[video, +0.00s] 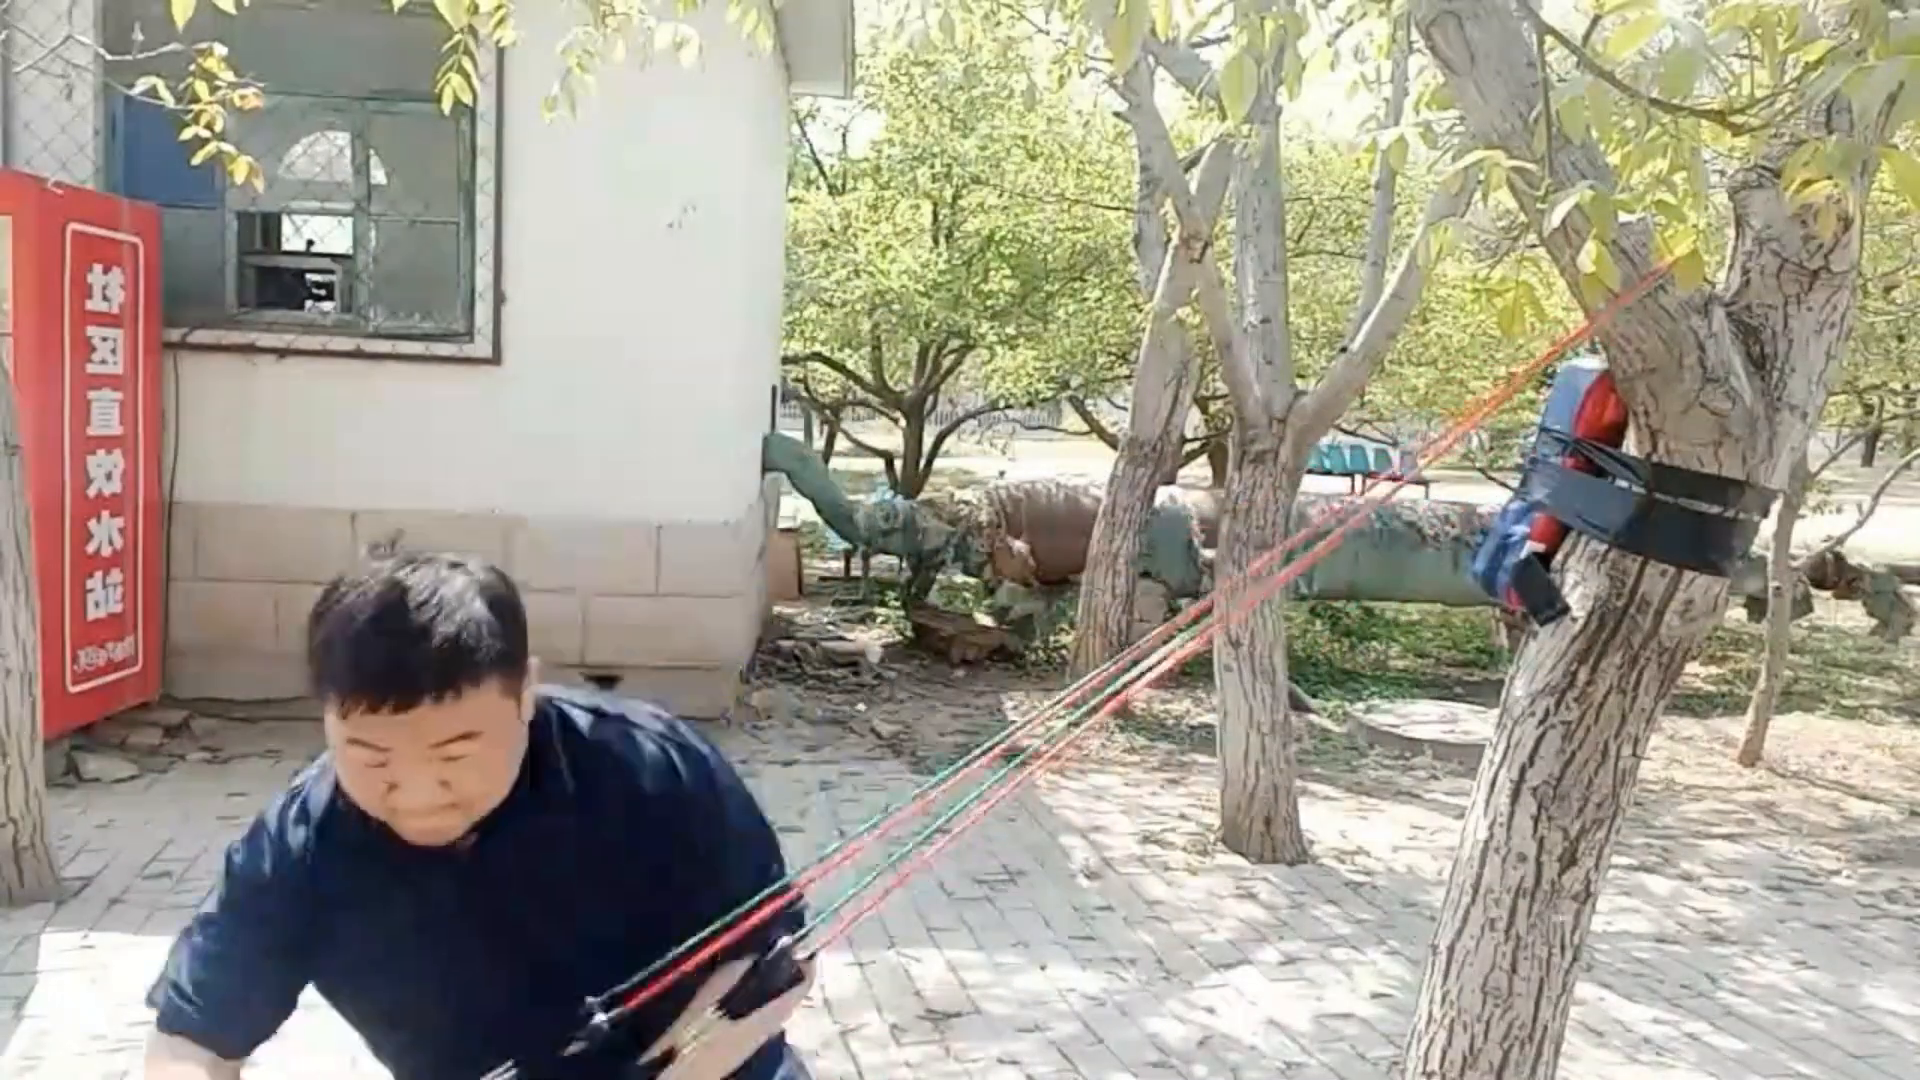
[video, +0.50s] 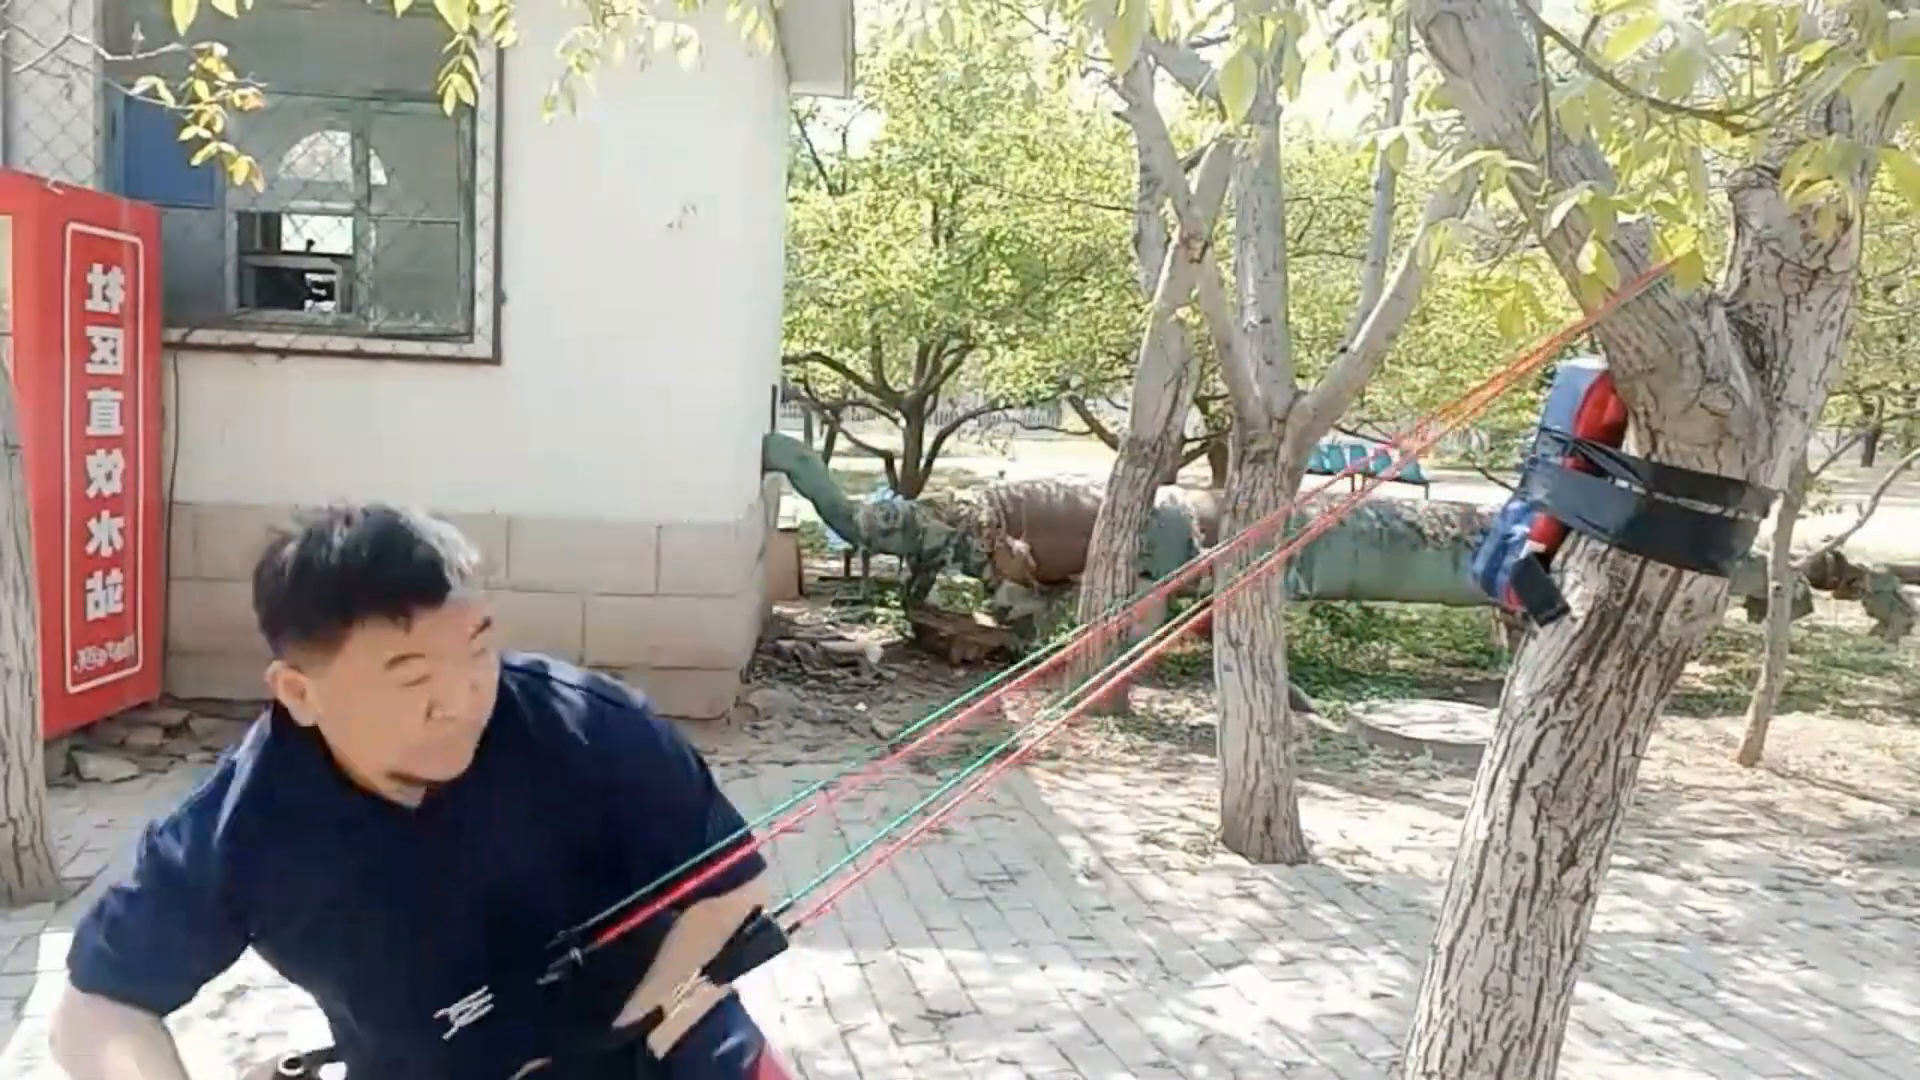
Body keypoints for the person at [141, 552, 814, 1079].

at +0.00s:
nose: (414, 793)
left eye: (455, 754)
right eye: (371, 757)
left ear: (526, 695)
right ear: (327, 720)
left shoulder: (660, 777)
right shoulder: (295, 854)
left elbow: (766, 983)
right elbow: (190, 1044)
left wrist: (666, 1068)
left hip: (693, 1052)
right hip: (470, 1064)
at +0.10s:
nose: (326, 918)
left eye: (367, 878)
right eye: (280, 881)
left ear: (437, 803)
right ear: (234, 845)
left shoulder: (579, 874)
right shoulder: (232, 913)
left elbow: (706, 1062)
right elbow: (168, 1038)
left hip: (601, 1053)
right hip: (413, 1062)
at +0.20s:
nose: (326, 938)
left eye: (362, 894)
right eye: (280, 906)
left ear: (428, 815)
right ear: (230, 876)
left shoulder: (581, 886)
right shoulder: (224, 932)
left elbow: (703, 1063)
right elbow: (149, 1047)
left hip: (600, 1043)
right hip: (398, 1054)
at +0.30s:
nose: (370, 917)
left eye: (407, 868)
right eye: (320, 888)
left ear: (455, 805)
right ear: (261, 859)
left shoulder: (599, 876)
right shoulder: (238, 949)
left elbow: (714, 1063)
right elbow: (152, 1059)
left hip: (597, 1052)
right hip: (409, 1058)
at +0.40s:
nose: (401, 873)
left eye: (431, 823)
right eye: (347, 849)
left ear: (466, 775)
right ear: (276, 823)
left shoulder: (603, 850)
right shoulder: (254, 929)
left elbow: (721, 1045)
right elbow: (141, 1061)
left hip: (637, 1047)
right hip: (437, 1060)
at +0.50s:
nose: (464, 700)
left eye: (476, 653)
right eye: (412, 673)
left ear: (492, 629)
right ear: (297, 693)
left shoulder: (582, 726)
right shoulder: (242, 822)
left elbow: (727, 869)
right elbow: (96, 1010)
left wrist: (650, 1009)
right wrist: (178, 1076)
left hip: (660, 1043)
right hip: (417, 1064)